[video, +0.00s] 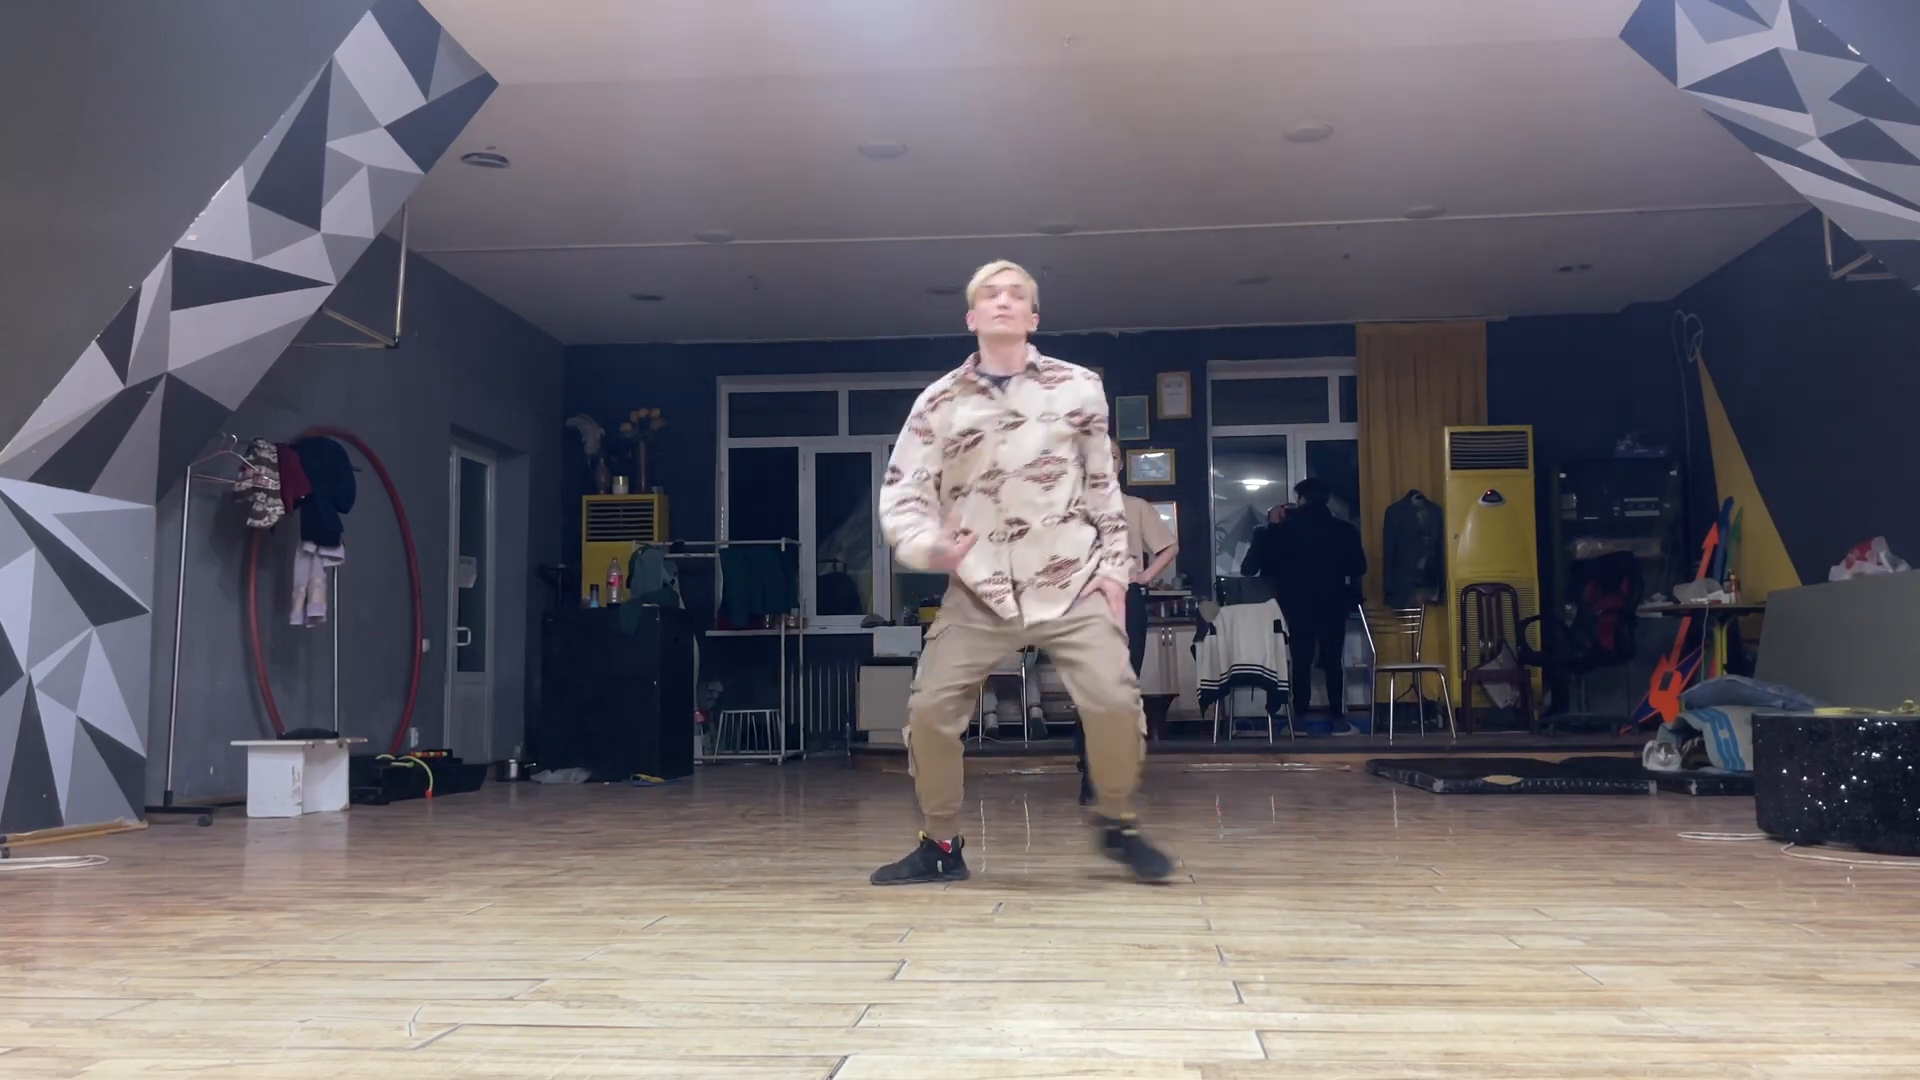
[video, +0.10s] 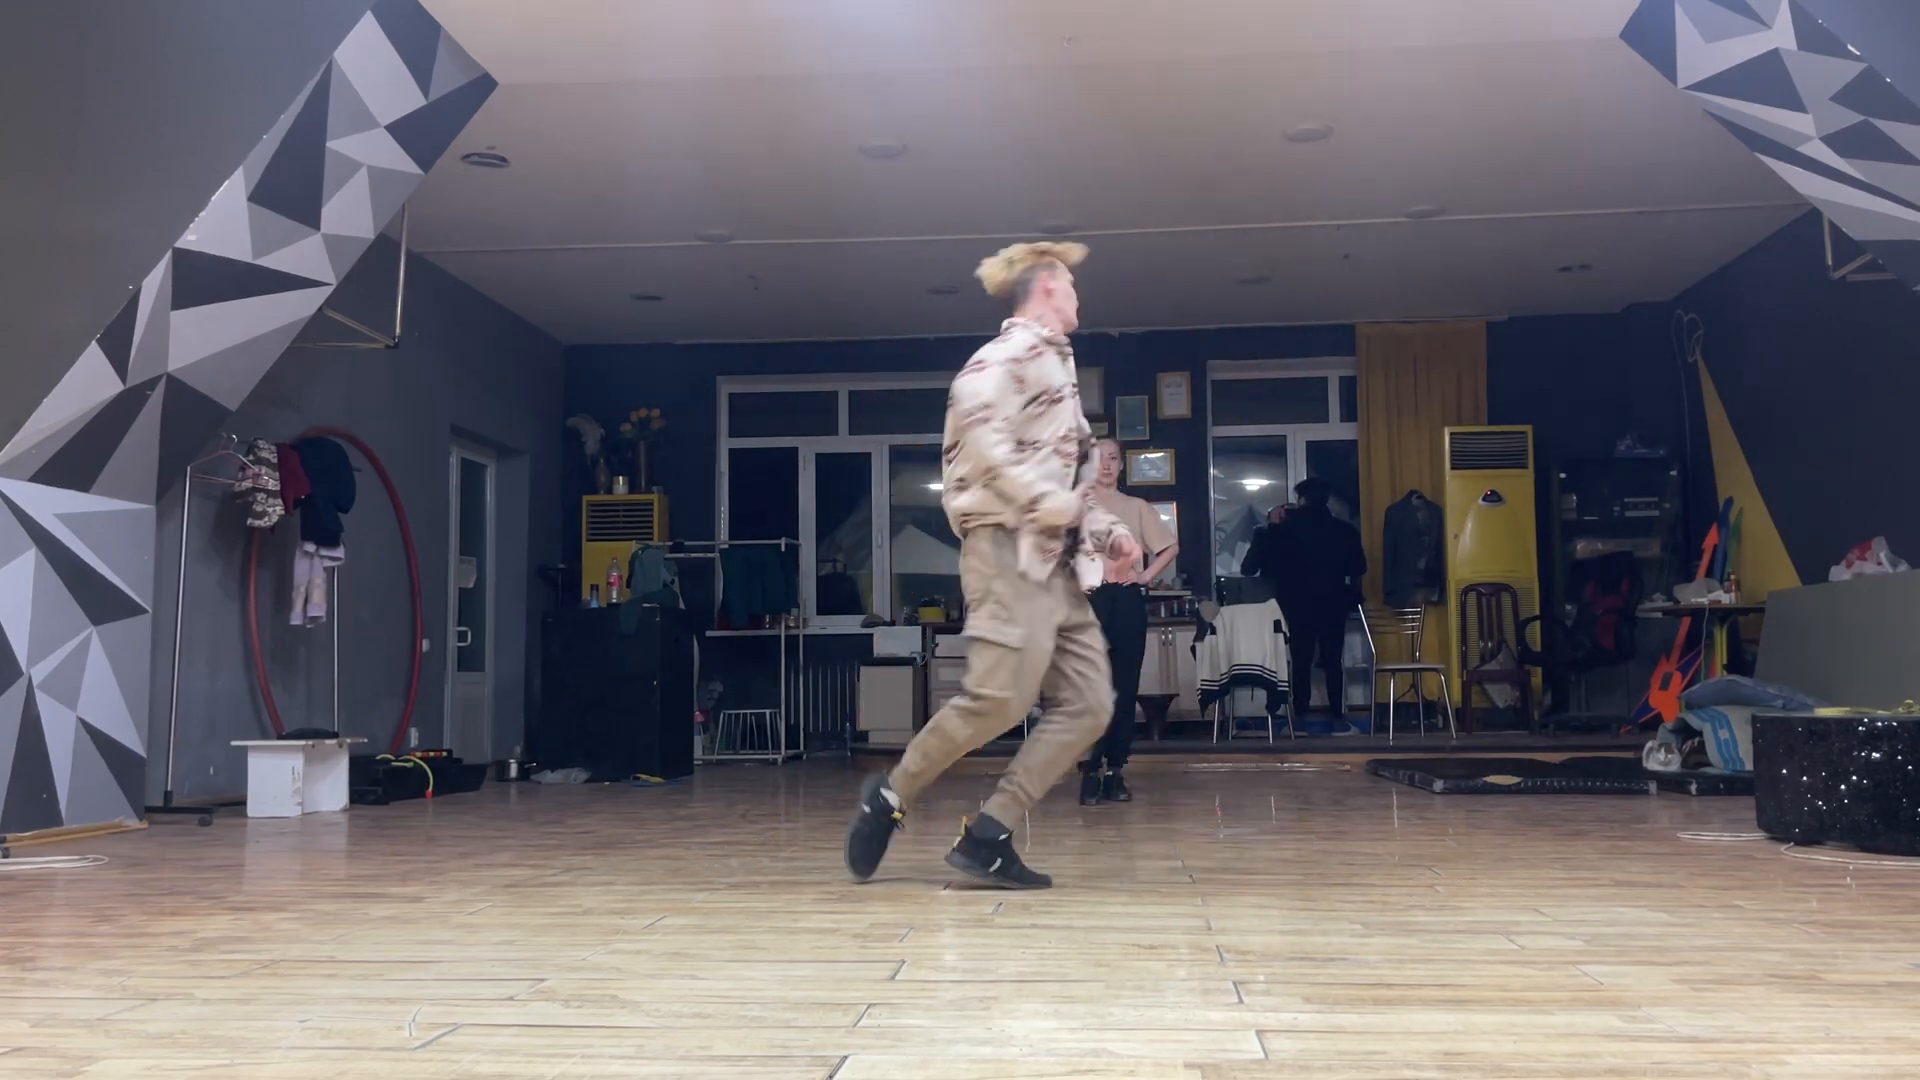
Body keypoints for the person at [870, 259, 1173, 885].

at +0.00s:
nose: (1003, 301)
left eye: (1015, 294)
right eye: (990, 294)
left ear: (1035, 317)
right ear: (970, 316)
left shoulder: (1078, 388)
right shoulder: (938, 403)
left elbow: (1104, 490)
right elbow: (902, 500)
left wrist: (1113, 567)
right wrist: (927, 546)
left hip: (1072, 591)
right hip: (979, 596)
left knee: (1116, 701)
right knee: (929, 712)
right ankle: (941, 844)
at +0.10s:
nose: (1077, 301)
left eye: (1074, 290)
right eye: (1069, 289)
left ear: (1040, 295)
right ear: (1041, 292)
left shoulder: (1053, 367)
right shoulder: (1000, 357)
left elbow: (1057, 478)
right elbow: (985, 450)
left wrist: (1108, 531)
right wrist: (1056, 505)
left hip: (1052, 550)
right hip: (1005, 544)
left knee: (1088, 705)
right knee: (999, 697)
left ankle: (989, 834)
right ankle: (889, 799)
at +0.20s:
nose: (1012, 294)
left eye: (1008, 286)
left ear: (1008, 289)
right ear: (1071, 280)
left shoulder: (971, 347)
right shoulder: (1108, 326)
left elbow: (947, 436)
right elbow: (1126, 429)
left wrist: (993, 490)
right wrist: (1101, 488)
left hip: (984, 521)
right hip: (1050, 514)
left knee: (1010, 675)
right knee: (1088, 667)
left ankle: (984, 832)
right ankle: (943, 696)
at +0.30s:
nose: (982, 300)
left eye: (982, 290)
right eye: (980, 292)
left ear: (1002, 277)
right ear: (1049, 277)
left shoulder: (996, 299)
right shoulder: (1136, 336)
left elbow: (929, 332)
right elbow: (1154, 433)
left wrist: (885, 382)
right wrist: (1160, 514)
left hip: (1028, 484)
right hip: (1116, 495)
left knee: (995, 656)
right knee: (1095, 613)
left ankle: (1005, 795)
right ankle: (1086, 677)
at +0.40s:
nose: (967, 354)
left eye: (962, 339)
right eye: (960, 350)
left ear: (977, 309)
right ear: (983, 323)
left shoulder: (1021, 305)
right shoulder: (1075, 358)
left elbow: (969, 243)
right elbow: (1150, 442)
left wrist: (880, 218)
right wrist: (1166, 536)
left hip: (1092, 495)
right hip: (1148, 504)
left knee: (981, 628)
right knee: (1100, 634)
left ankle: (1059, 775)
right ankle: (1170, 758)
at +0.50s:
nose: (957, 430)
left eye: (951, 415)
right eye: (947, 425)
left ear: (968, 379)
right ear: (965, 400)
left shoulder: (1022, 348)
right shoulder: (1019, 437)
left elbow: (1021, 252)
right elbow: (1070, 501)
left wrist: (1027, 156)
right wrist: (1049, 547)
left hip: (1132, 529)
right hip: (1125, 542)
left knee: (1051, 674)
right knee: (1104, 675)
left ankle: (1145, 839)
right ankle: (1139, 824)